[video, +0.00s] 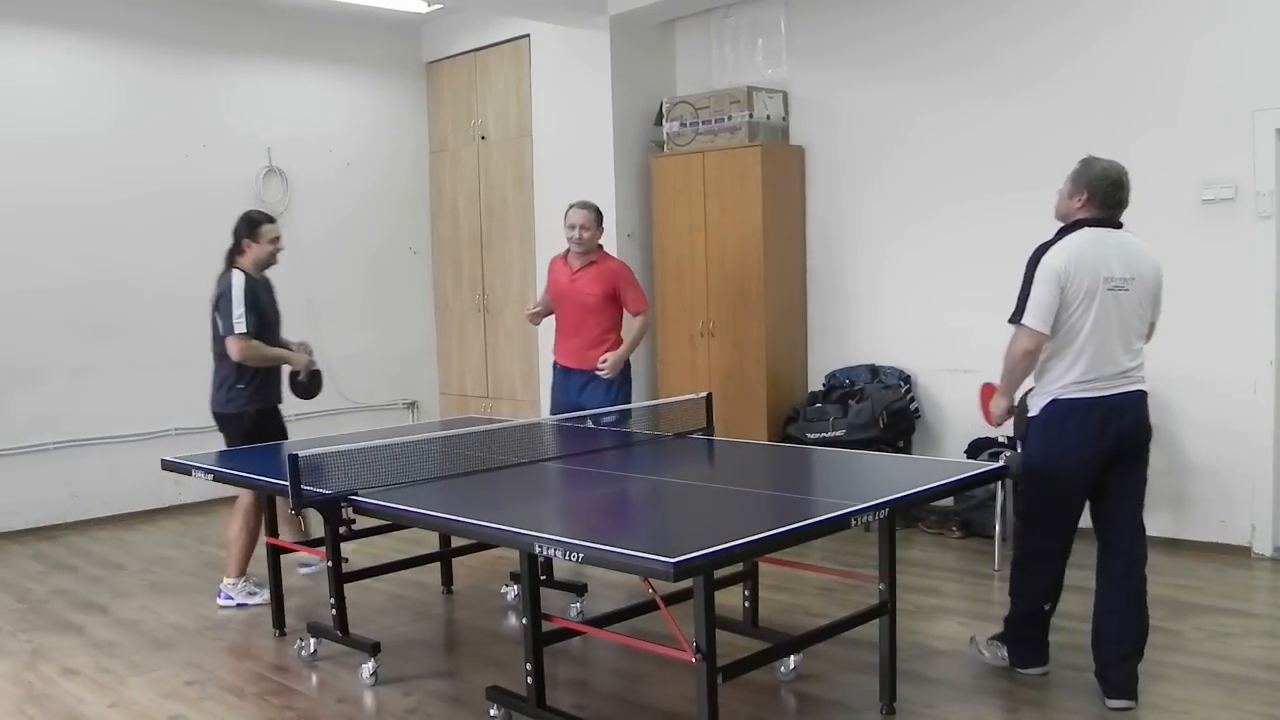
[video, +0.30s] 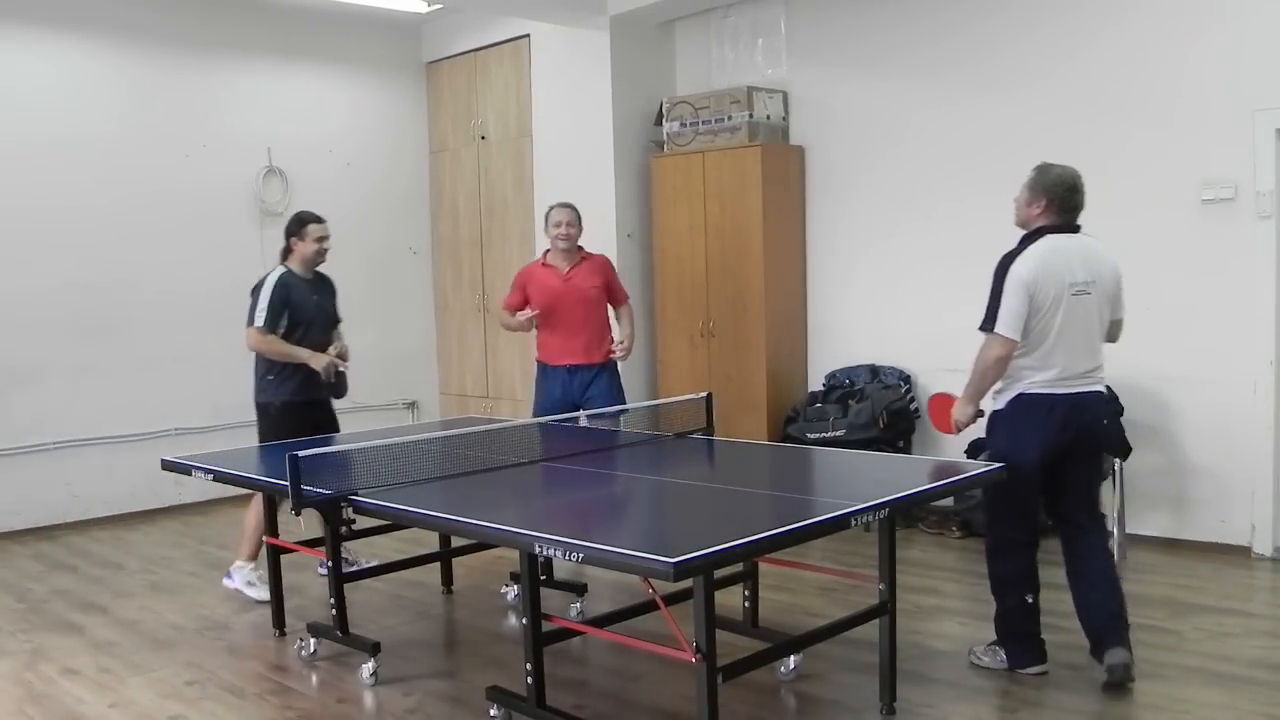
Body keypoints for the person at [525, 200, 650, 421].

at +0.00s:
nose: (577, 235)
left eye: (585, 229)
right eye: (571, 228)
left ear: (599, 232)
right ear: (564, 230)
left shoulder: (616, 270)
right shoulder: (557, 265)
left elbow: (643, 316)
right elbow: (551, 297)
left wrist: (622, 355)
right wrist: (539, 311)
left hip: (606, 377)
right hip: (565, 376)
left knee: (608, 451)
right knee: (566, 451)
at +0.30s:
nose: (564, 231)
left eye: (571, 225)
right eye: (557, 225)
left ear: (580, 231)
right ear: (547, 231)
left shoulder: (600, 266)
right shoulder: (530, 274)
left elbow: (621, 304)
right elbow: (505, 315)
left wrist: (627, 337)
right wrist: (517, 323)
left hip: (599, 375)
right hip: (552, 377)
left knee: (607, 446)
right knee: (552, 446)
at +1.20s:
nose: (586, 229)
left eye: (586, 223)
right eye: (579, 223)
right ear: (557, 229)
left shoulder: (601, 261)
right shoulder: (540, 276)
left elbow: (617, 299)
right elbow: (523, 325)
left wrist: (634, 318)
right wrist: (561, 325)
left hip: (615, 365)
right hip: (572, 371)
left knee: (638, 431)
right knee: (573, 441)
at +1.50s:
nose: (637, 235)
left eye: (638, 229)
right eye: (632, 228)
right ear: (609, 231)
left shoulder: (644, 270)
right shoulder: (587, 273)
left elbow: (657, 310)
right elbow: (563, 319)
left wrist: (669, 329)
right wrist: (603, 326)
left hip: (650, 368)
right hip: (608, 372)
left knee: (659, 443)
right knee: (603, 445)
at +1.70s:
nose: (674, 240)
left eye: (675, 234)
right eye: (670, 233)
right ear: (650, 232)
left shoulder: (675, 272)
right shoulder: (620, 271)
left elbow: (688, 314)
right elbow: (596, 318)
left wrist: (700, 330)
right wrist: (638, 327)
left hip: (677, 366)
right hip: (640, 369)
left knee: (680, 444)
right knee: (642, 444)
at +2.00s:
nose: (712, 242)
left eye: (713, 235)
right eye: (709, 233)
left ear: (695, 233)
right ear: (692, 232)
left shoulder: (701, 271)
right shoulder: (663, 270)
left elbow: (705, 315)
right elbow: (639, 315)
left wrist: (735, 333)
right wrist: (689, 329)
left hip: (702, 370)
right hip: (675, 373)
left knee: (702, 443)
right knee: (683, 445)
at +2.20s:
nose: (734, 242)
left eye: (735, 236)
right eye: (733, 235)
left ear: (717, 234)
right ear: (721, 234)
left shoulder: (712, 266)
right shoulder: (695, 267)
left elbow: (714, 316)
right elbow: (688, 318)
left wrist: (743, 333)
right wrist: (740, 334)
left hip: (720, 368)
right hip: (703, 370)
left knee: (736, 438)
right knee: (714, 444)